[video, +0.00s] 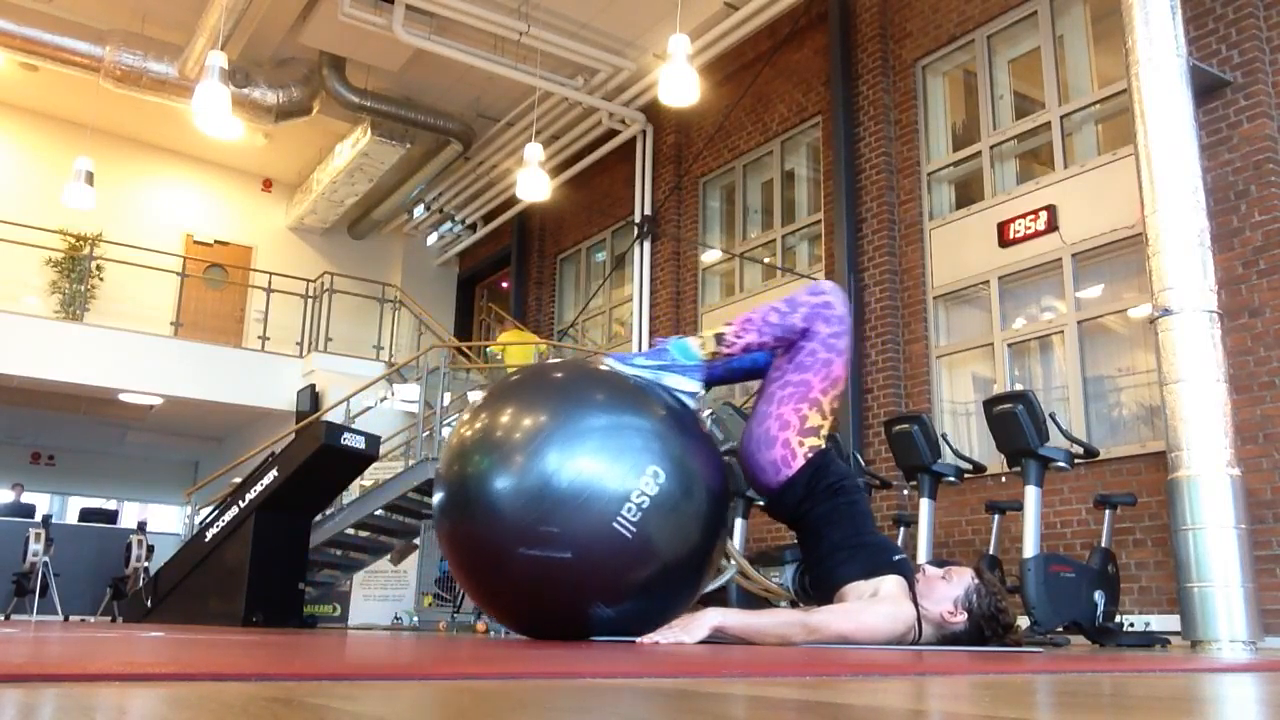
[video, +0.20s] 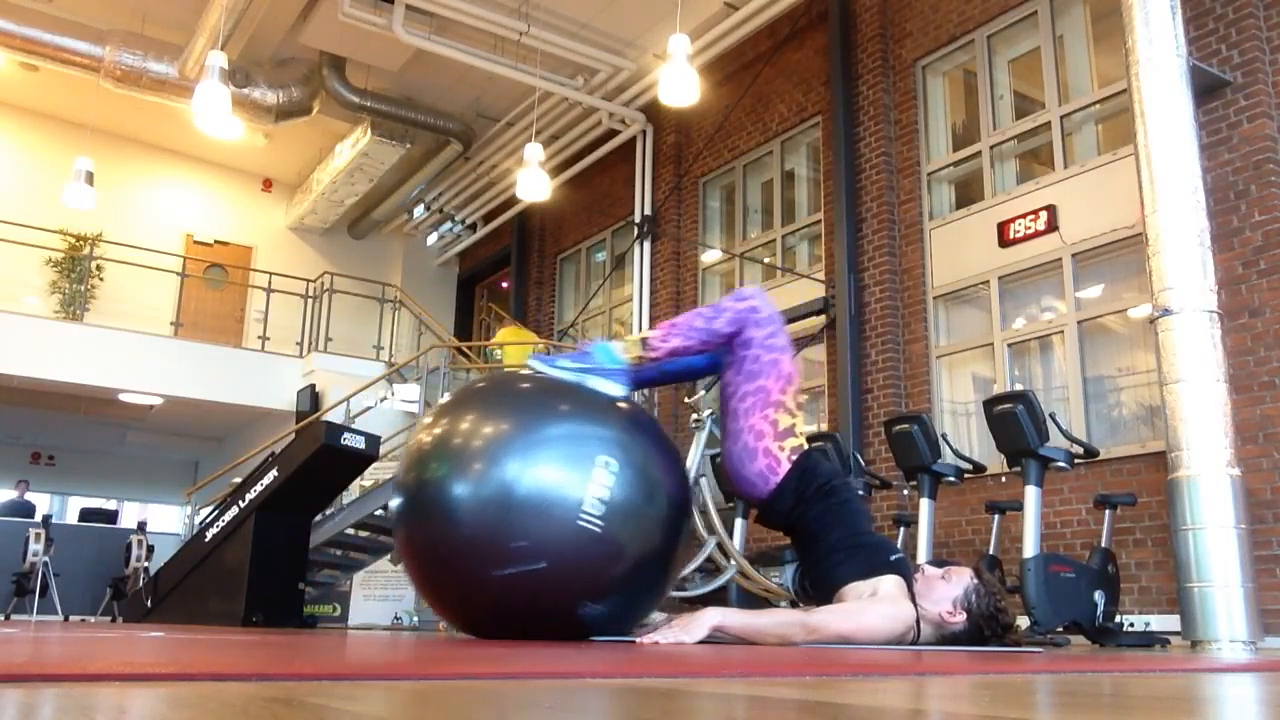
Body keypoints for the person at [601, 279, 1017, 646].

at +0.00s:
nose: (933, 569)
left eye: (945, 578)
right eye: (946, 570)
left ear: (949, 613)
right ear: (949, 612)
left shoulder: (891, 616)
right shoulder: (911, 607)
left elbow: (798, 629)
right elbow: (805, 624)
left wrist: (713, 621)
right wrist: (717, 618)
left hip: (782, 461)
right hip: (810, 464)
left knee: (827, 304)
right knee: (826, 317)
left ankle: (696, 365)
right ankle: (700, 372)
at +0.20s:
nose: (941, 563)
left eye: (951, 577)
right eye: (952, 567)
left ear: (948, 616)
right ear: (945, 605)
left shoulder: (892, 613)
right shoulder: (902, 596)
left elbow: (801, 626)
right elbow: (799, 625)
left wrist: (712, 620)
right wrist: (713, 623)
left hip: (766, 472)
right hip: (788, 467)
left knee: (756, 308)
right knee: (759, 319)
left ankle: (620, 365)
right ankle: (625, 372)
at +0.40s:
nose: (937, 569)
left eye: (948, 581)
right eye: (950, 569)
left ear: (945, 615)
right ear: (945, 603)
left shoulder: (891, 610)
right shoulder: (894, 595)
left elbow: (808, 628)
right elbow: (808, 621)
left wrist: (711, 618)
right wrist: (720, 620)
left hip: (762, 479)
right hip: (779, 470)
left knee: (688, 329)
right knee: (694, 335)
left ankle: (550, 364)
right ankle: (563, 370)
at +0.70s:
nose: (936, 571)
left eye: (949, 583)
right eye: (949, 570)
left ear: (946, 618)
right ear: (943, 593)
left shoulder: (892, 609)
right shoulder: (889, 590)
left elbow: (804, 625)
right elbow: (801, 621)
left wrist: (711, 618)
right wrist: (713, 621)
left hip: (758, 492)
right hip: (765, 477)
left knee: (637, 383)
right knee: (640, 381)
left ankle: (484, 361)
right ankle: (500, 369)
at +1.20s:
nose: (934, 569)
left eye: (946, 581)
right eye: (946, 569)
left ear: (945, 617)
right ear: (939, 601)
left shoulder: (892, 607)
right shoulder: (891, 595)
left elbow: (803, 627)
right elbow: (803, 623)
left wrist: (709, 619)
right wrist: (712, 621)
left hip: (745, 489)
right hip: (757, 484)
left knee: (677, 337)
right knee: (679, 346)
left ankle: (523, 364)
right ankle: (535, 372)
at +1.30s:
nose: (937, 568)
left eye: (947, 579)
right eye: (950, 569)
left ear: (944, 615)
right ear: (943, 602)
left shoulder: (888, 613)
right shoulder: (894, 598)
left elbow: (793, 630)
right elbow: (797, 624)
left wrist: (708, 621)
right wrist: (713, 619)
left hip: (745, 485)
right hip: (763, 476)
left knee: (716, 324)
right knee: (719, 331)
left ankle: (570, 367)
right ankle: (586, 377)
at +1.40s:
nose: (937, 565)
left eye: (948, 578)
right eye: (948, 567)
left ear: (944, 614)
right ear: (936, 587)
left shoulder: (891, 614)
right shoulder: (897, 600)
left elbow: (801, 627)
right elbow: (796, 624)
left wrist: (713, 620)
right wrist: (711, 619)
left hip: (750, 479)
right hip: (768, 479)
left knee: (765, 314)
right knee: (766, 327)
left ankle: (625, 364)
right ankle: (630, 376)